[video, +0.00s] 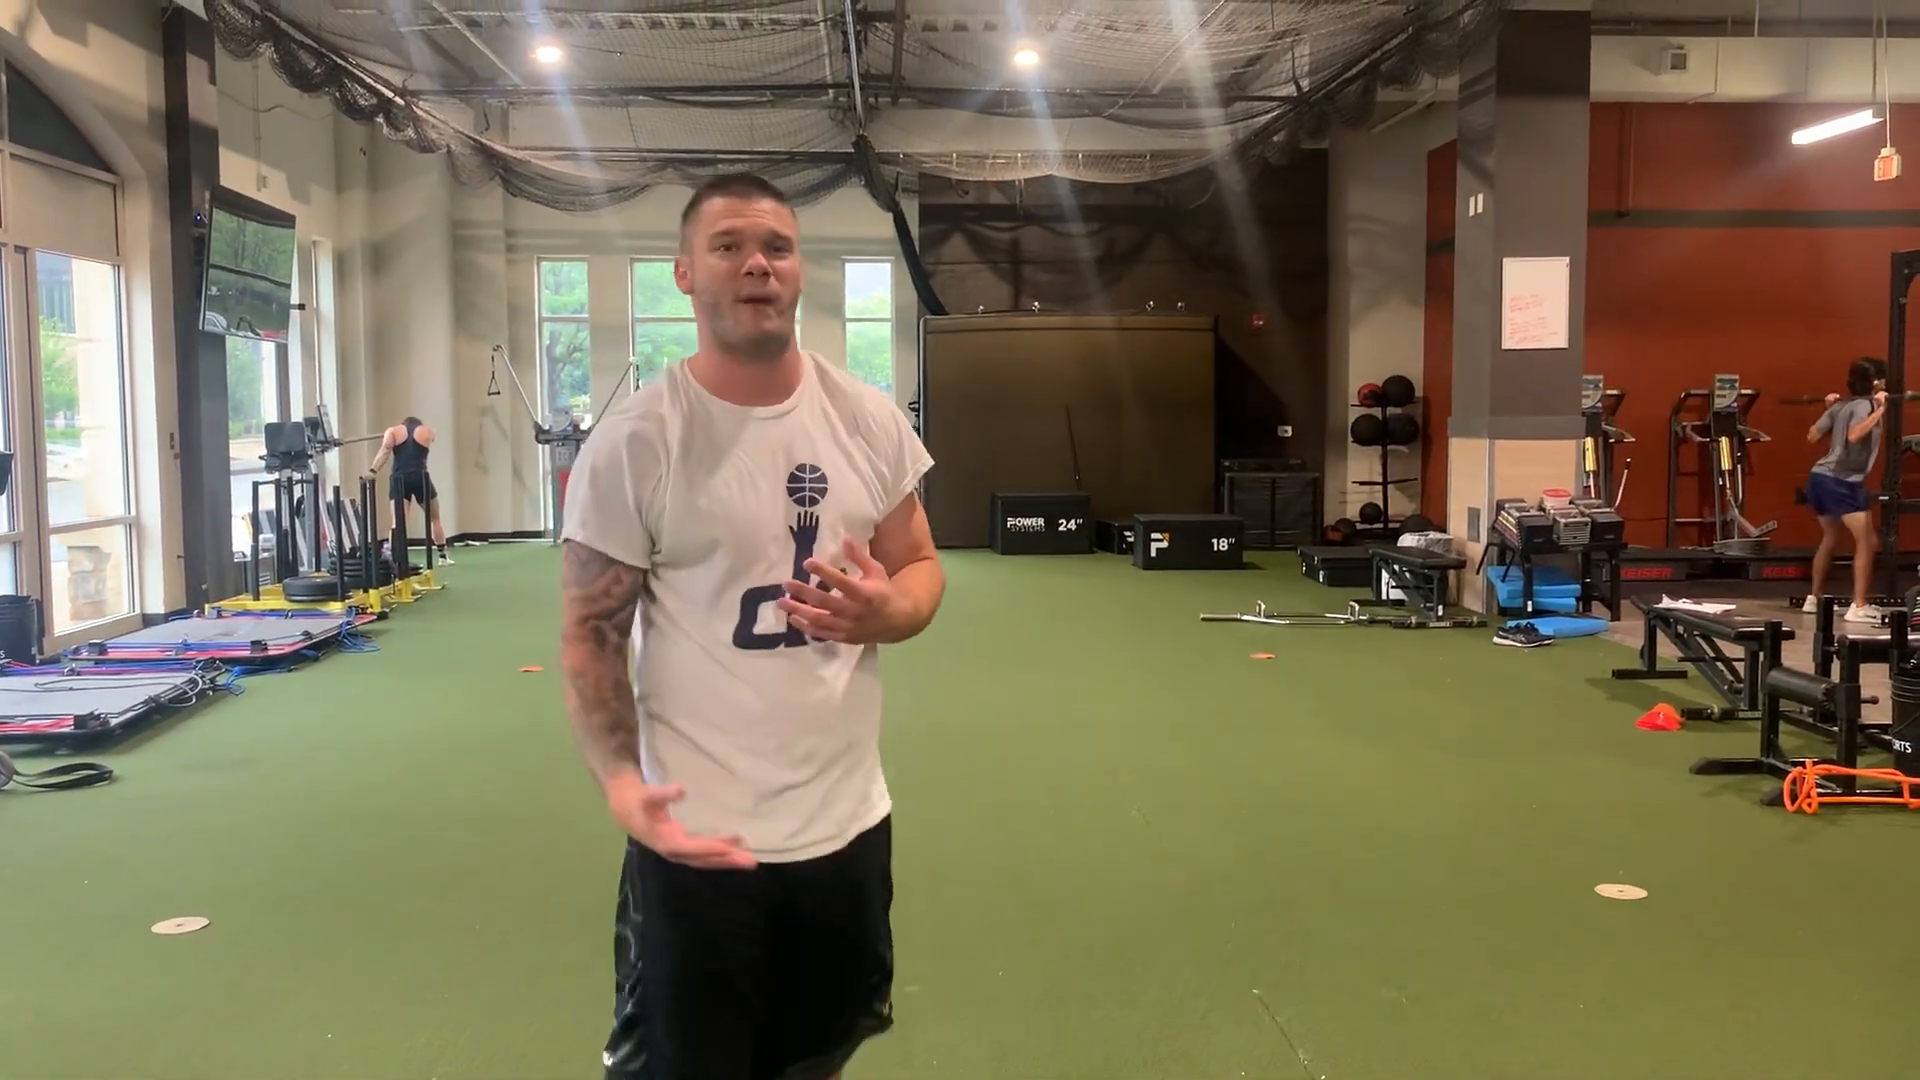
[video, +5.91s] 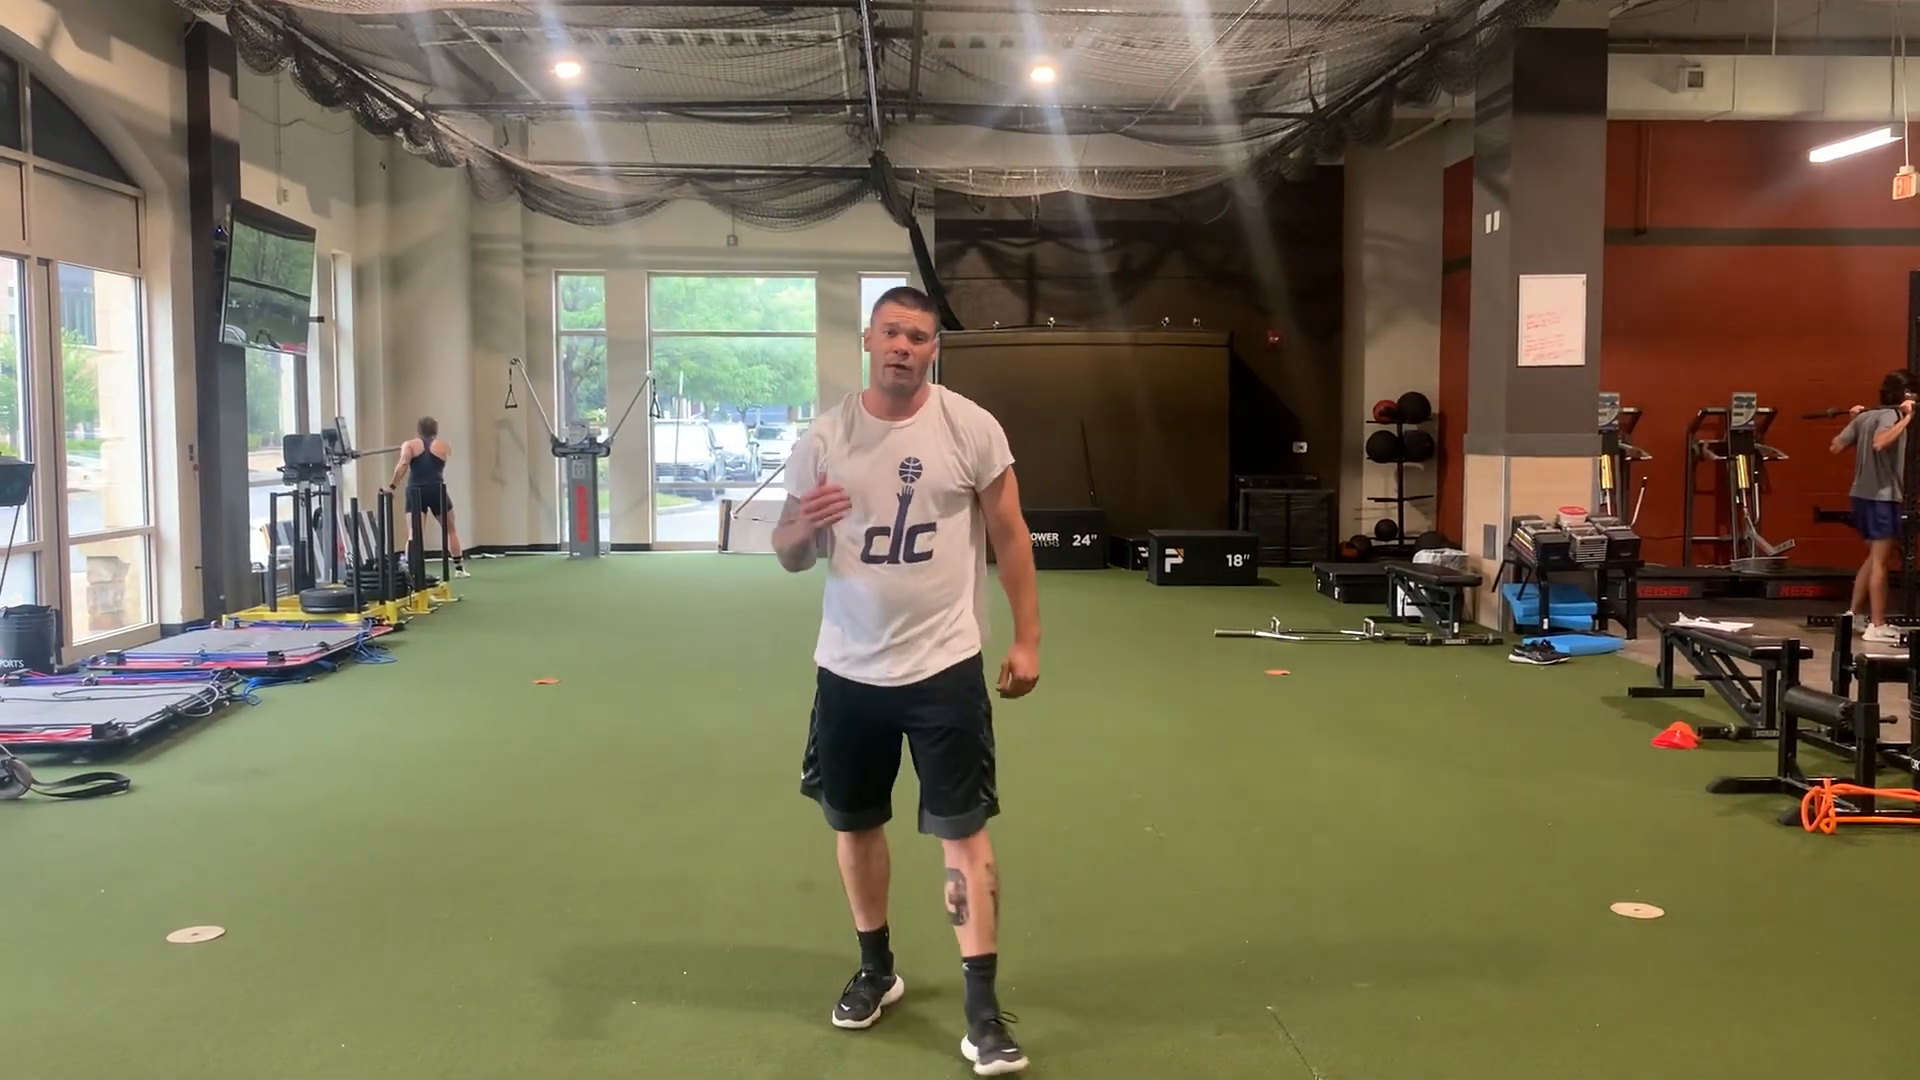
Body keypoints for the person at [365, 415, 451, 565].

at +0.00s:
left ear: (403, 424)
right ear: (419, 424)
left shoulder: (392, 431)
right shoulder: (427, 432)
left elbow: (384, 452)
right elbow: (431, 440)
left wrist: (373, 470)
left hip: (399, 479)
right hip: (420, 478)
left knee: (397, 521)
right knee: (435, 518)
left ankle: (394, 558)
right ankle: (442, 556)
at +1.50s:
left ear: (403, 429)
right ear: (419, 431)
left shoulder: (393, 436)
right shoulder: (427, 440)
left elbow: (383, 459)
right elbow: (424, 456)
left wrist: (383, 449)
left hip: (398, 485)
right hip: (419, 484)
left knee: (395, 528)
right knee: (432, 524)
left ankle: (389, 563)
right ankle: (441, 563)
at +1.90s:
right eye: (422, 435)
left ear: (405, 432)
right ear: (421, 433)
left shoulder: (394, 440)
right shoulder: (429, 443)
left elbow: (385, 462)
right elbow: (422, 461)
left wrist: (376, 473)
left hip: (399, 488)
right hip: (420, 487)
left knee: (396, 532)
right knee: (433, 528)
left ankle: (392, 567)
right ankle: (442, 566)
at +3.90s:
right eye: (423, 433)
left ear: (407, 433)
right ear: (424, 434)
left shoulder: (398, 449)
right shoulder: (432, 451)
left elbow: (390, 473)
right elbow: (429, 470)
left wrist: (387, 467)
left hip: (404, 496)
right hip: (425, 495)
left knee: (401, 539)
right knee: (439, 535)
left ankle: (396, 573)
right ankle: (448, 573)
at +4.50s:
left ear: (414, 437)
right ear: (431, 437)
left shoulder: (405, 453)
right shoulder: (440, 455)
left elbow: (398, 476)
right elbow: (434, 473)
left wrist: (388, 491)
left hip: (411, 499)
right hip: (432, 498)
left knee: (408, 543)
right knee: (446, 538)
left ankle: (404, 577)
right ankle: (455, 576)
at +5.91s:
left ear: (419, 431)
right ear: (435, 431)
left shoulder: (409, 445)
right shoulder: (444, 447)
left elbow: (402, 467)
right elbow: (440, 466)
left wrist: (392, 486)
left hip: (415, 491)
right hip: (437, 490)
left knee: (414, 533)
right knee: (450, 530)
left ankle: (410, 569)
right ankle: (459, 567)